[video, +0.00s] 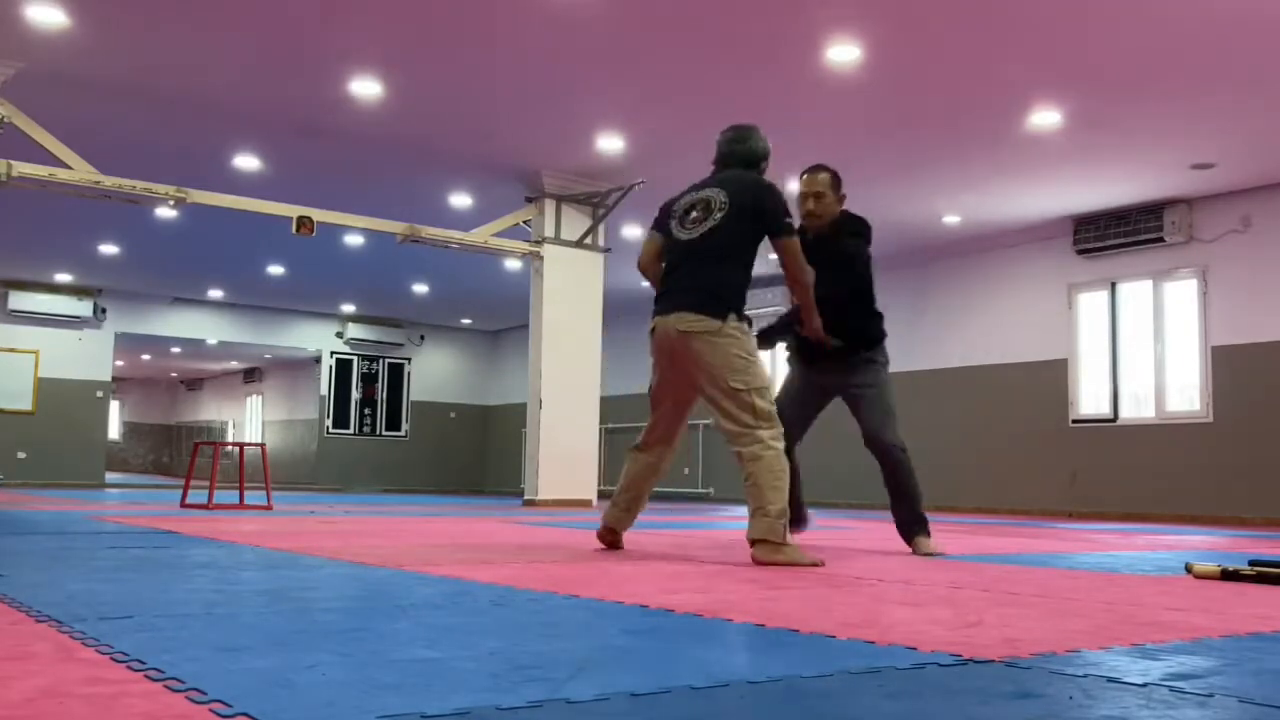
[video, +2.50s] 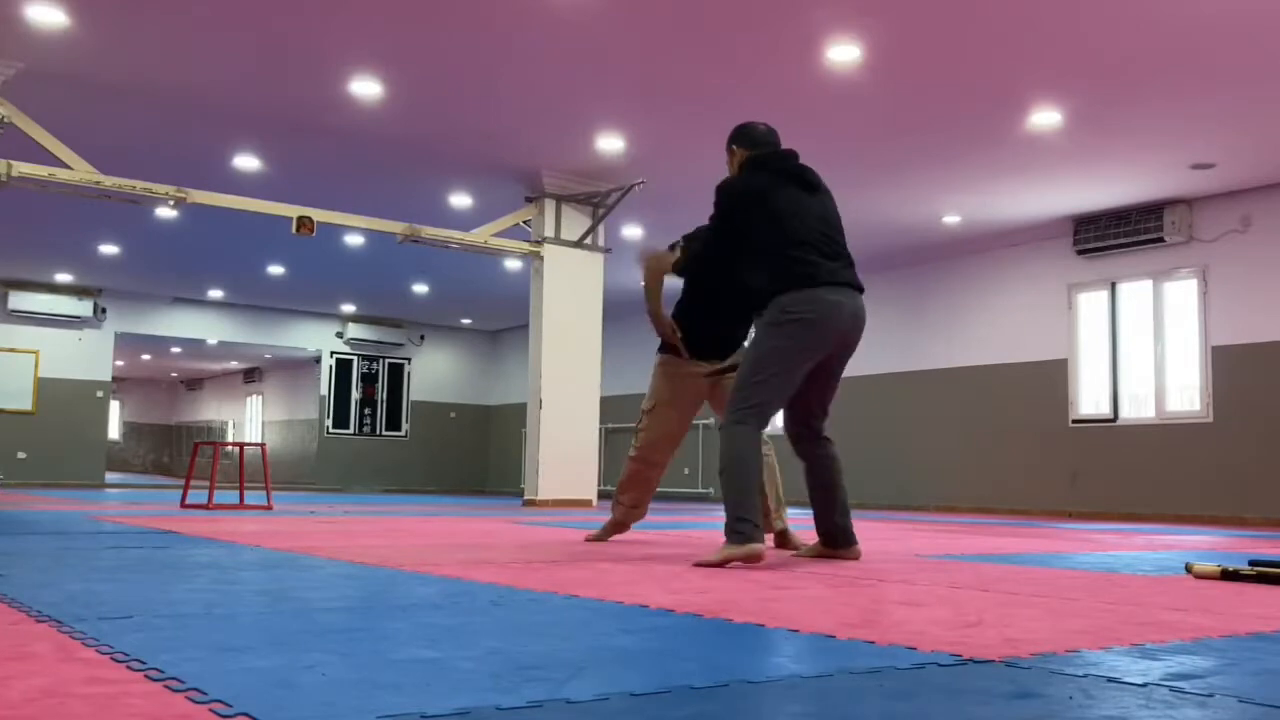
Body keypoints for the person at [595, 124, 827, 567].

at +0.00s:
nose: (768, 170)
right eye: (768, 164)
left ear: (718, 159)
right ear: (762, 163)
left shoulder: (680, 200)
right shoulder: (761, 192)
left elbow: (647, 263)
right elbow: (797, 271)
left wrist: (680, 295)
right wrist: (810, 318)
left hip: (666, 325)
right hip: (715, 325)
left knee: (660, 429)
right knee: (760, 431)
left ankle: (614, 523)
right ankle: (770, 540)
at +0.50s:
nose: (763, 238)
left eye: (766, 229)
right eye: (764, 227)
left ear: (739, 217)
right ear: (750, 218)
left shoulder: (711, 262)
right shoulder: (709, 220)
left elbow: (735, 331)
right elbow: (673, 207)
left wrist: (787, 365)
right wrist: (723, 257)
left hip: (637, 353)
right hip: (645, 352)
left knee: (665, 446)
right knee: (699, 439)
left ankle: (653, 537)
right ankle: (650, 540)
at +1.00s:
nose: (627, 195)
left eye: (631, 188)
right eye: (619, 187)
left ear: (632, 192)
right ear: (592, 188)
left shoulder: (635, 244)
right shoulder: (558, 233)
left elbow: (661, 305)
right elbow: (522, 283)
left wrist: (665, 267)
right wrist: (551, 316)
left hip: (618, 361)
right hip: (565, 363)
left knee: (666, 430)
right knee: (545, 449)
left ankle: (658, 518)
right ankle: (521, 528)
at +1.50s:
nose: (628, 198)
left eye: (633, 191)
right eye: (620, 189)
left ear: (636, 193)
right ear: (596, 186)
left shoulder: (637, 241)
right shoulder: (559, 223)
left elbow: (650, 304)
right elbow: (521, 272)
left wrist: (647, 294)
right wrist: (549, 299)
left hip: (614, 355)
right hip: (560, 356)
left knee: (646, 432)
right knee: (538, 441)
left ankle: (655, 528)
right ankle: (521, 526)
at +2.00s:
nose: (632, 224)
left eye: (636, 217)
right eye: (629, 215)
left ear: (622, 212)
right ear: (603, 206)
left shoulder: (615, 250)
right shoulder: (567, 230)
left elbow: (607, 307)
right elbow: (586, 266)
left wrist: (641, 299)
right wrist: (632, 290)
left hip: (596, 359)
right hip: (549, 360)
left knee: (635, 430)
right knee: (537, 447)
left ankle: (649, 524)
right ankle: (513, 527)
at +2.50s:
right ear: (734, 216)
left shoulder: (768, 253)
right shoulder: (710, 240)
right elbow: (655, 264)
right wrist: (659, 318)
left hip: (733, 360)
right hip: (682, 360)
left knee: (755, 442)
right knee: (651, 445)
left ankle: (779, 527)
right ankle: (620, 519)